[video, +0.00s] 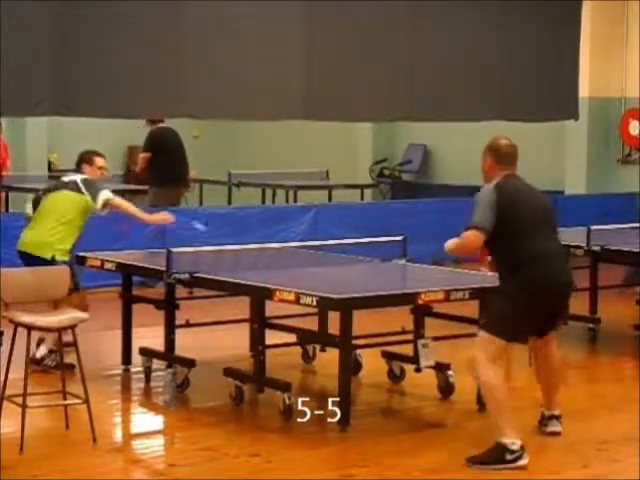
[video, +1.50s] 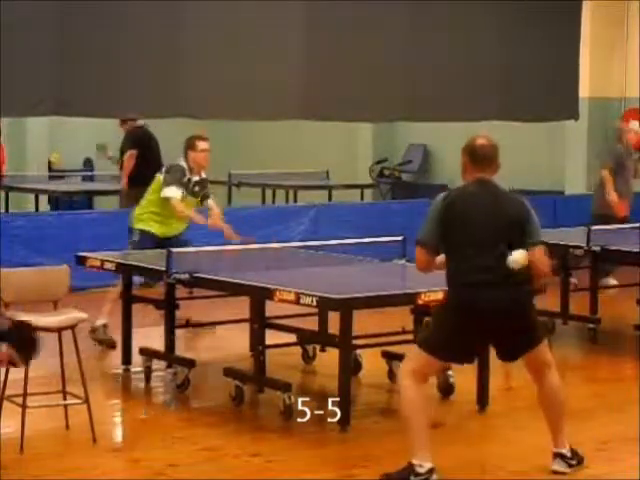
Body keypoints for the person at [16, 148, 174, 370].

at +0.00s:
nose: (105, 174)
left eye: (105, 169)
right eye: (101, 169)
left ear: (80, 169)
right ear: (86, 167)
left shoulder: (57, 183)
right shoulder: (88, 185)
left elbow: (35, 204)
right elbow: (117, 203)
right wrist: (149, 218)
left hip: (26, 248)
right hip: (51, 255)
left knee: (58, 297)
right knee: (79, 303)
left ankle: (49, 341)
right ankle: (46, 350)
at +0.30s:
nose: (107, 147)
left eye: (109, 142)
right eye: (104, 142)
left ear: (100, 142)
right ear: (89, 139)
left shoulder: (91, 166)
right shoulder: (69, 154)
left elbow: (110, 186)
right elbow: (49, 153)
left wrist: (132, 173)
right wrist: (44, 153)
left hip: (75, 233)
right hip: (55, 232)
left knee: (83, 281)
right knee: (64, 285)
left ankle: (65, 328)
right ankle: (50, 344)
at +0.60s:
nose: (98, 139)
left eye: (99, 135)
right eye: (93, 135)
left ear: (101, 138)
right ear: (79, 137)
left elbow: (136, 187)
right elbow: (38, 187)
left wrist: (143, 166)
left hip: (100, 240)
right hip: (70, 239)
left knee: (127, 287)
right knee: (56, 293)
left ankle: (134, 336)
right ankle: (41, 347)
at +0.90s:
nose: (125, 150)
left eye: (126, 145)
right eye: (121, 144)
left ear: (119, 148)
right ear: (107, 145)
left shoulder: (111, 171)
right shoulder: (92, 165)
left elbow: (115, 206)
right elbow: (77, 200)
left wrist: (140, 226)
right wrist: (110, 213)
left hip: (105, 244)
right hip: (81, 246)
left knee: (136, 275)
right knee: (83, 295)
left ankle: (148, 322)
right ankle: (41, 337)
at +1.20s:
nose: (189, 172)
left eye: (189, 167)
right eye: (184, 166)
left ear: (179, 168)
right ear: (170, 168)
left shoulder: (179, 191)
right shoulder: (151, 179)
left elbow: (209, 194)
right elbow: (160, 186)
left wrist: (243, 196)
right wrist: (195, 180)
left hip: (128, 241)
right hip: (108, 232)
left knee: (152, 281)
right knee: (92, 277)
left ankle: (149, 325)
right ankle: (61, 312)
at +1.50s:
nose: (207, 156)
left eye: (208, 152)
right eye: (203, 152)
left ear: (206, 155)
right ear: (189, 154)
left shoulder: (201, 180)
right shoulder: (175, 171)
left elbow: (212, 209)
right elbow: (176, 206)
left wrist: (228, 232)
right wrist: (204, 221)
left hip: (173, 229)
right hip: (148, 227)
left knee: (189, 268)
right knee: (129, 276)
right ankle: (102, 322)